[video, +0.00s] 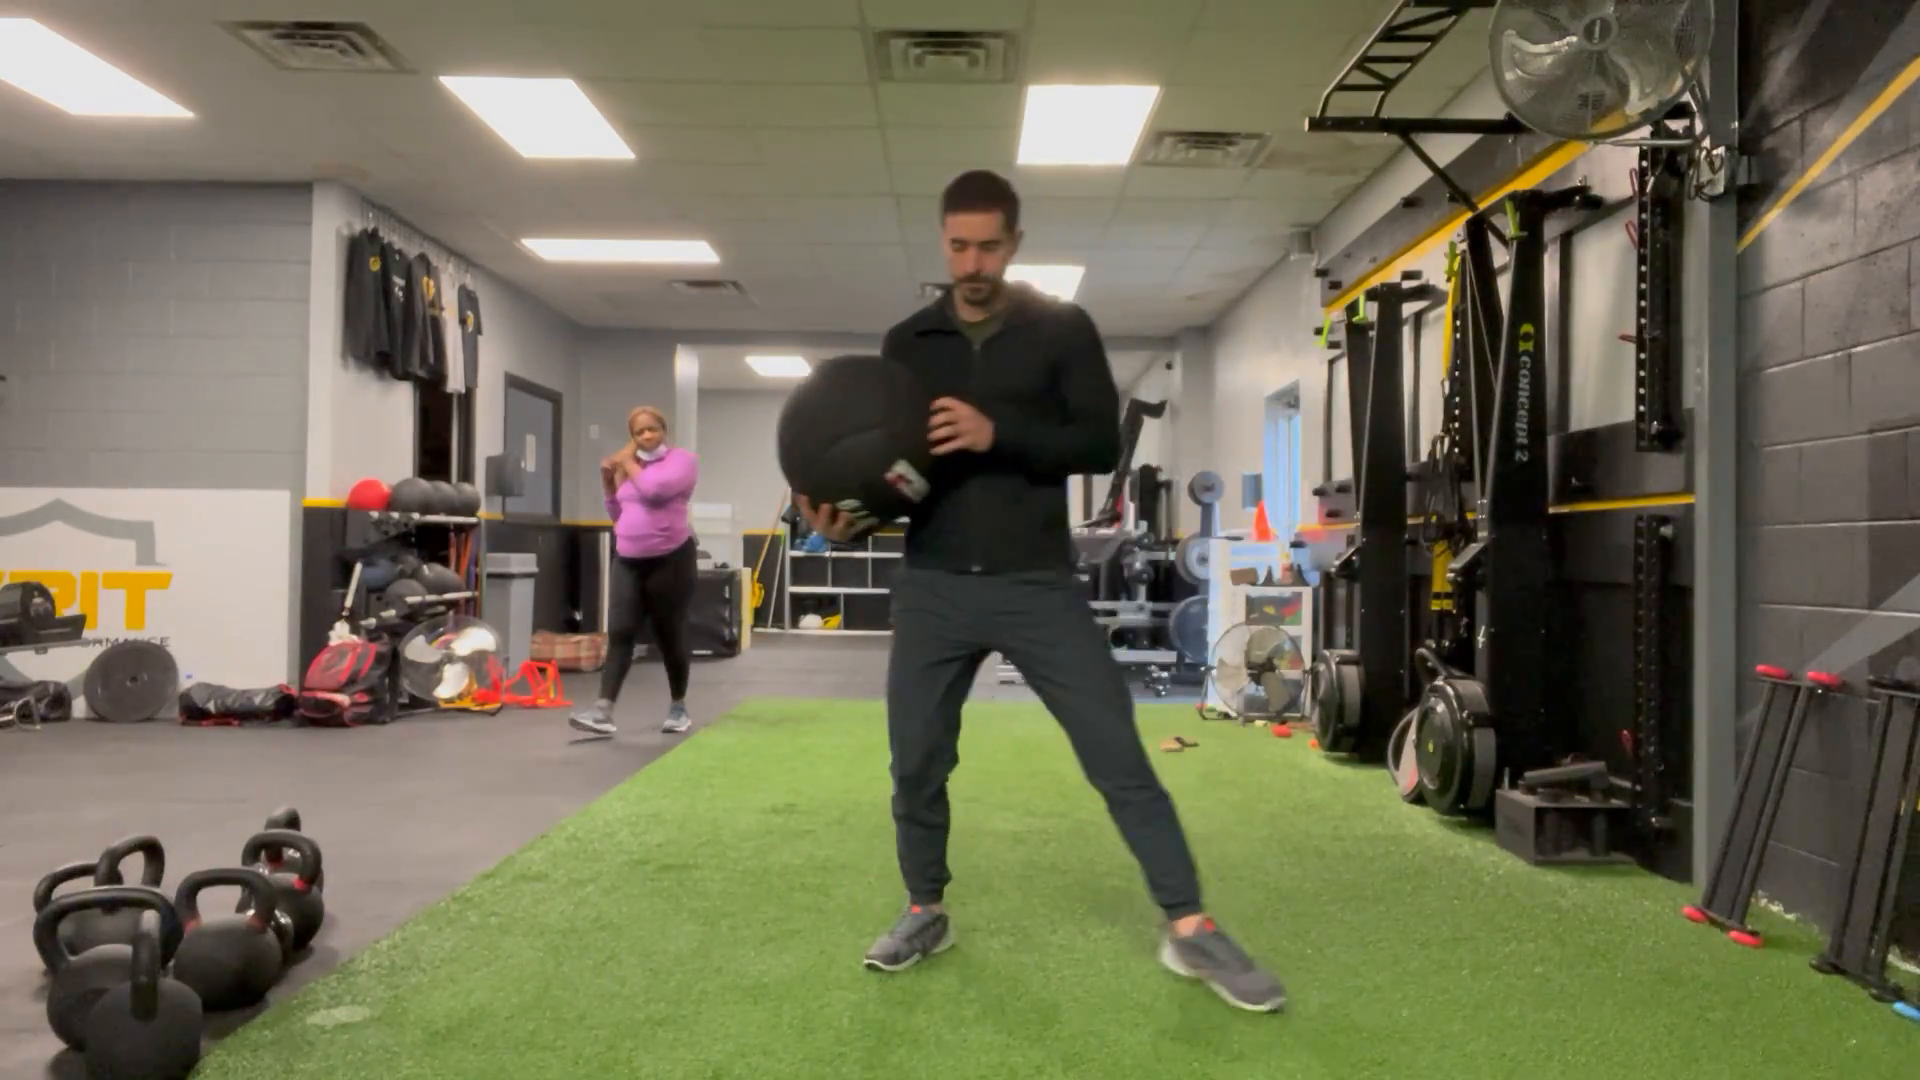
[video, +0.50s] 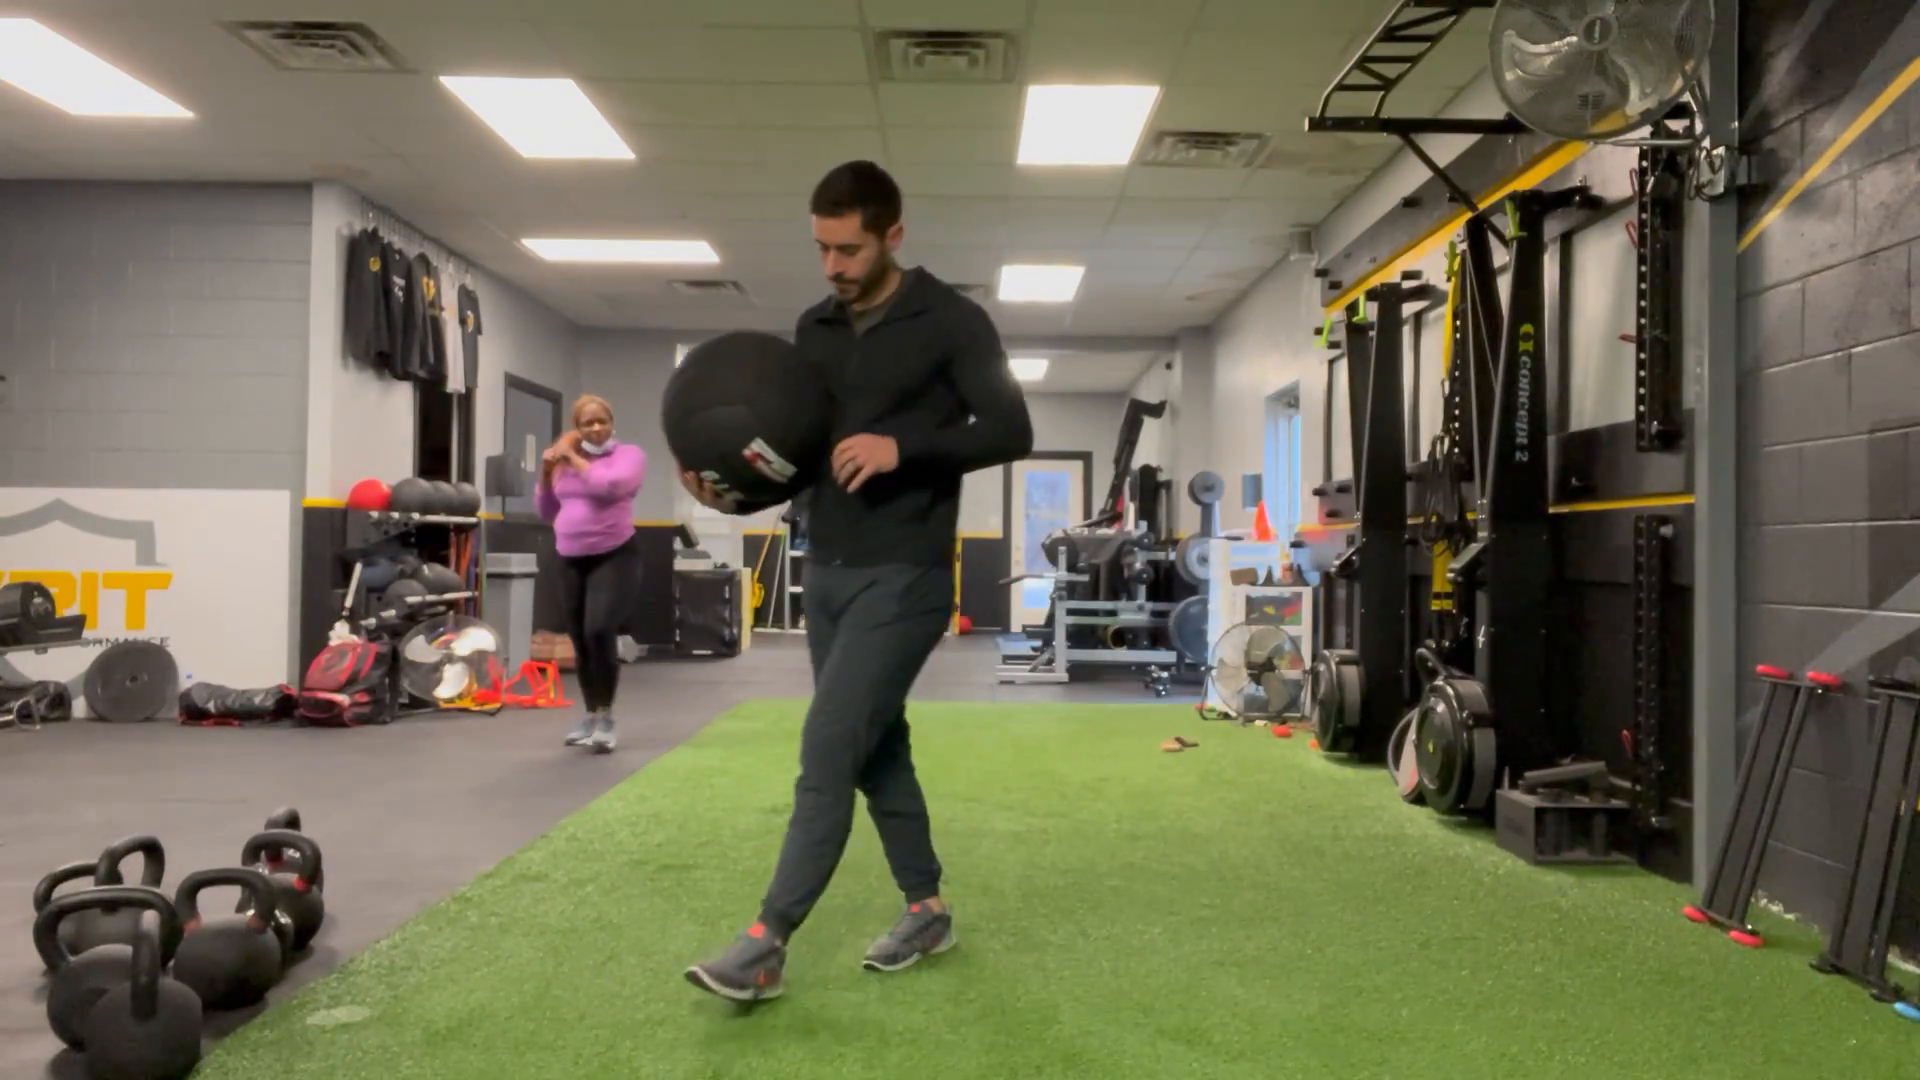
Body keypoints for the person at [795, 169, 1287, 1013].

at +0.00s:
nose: (973, 262)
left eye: (989, 247)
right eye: (960, 246)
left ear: (1015, 246)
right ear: (942, 245)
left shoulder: (1063, 330)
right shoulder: (908, 343)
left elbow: (1102, 446)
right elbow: (880, 459)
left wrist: (996, 433)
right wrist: (835, 506)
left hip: (1039, 588)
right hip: (932, 589)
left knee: (1120, 760)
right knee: (915, 764)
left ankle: (1188, 924)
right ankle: (924, 911)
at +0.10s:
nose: (933, 262)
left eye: (950, 245)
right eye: (922, 244)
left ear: (984, 239)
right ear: (909, 241)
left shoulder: (1038, 327)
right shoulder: (889, 336)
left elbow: (1071, 440)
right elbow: (869, 460)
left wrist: (961, 430)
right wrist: (815, 504)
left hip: (1008, 579)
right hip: (910, 578)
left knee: (1061, 748)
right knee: (909, 757)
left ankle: (1110, 921)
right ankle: (923, 909)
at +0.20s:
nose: (904, 259)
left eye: (920, 243)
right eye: (893, 242)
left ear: (958, 235)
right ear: (882, 235)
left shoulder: (1012, 320)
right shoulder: (869, 331)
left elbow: (1054, 430)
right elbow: (847, 452)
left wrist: (942, 425)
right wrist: (791, 493)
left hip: (984, 568)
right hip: (892, 570)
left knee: (981, 743)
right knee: (904, 752)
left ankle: (1008, 928)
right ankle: (924, 910)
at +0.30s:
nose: (877, 259)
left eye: (893, 243)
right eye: (867, 242)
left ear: (935, 234)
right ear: (860, 235)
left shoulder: (991, 316)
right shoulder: (853, 327)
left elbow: (1041, 426)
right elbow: (828, 443)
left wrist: (929, 428)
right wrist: (770, 486)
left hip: (962, 564)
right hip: (873, 565)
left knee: (910, 733)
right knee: (890, 740)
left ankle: (897, 922)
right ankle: (923, 901)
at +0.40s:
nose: (855, 263)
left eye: (870, 247)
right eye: (845, 245)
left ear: (914, 234)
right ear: (839, 237)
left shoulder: (972, 317)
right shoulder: (837, 328)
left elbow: (1028, 425)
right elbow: (811, 445)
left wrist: (918, 438)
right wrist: (747, 481)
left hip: (936, 570)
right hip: (854, 567)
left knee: (865, 739)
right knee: (889, 740)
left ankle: (801, 930)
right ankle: (927, 905)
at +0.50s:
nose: (832, 266)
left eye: (847, 250)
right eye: (822, 249)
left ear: (893, 235)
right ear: (817, 239)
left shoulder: (952, 319)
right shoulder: (816, 329)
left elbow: (1010, 429)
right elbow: (790, 457)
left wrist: (903, 447)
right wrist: (724, 482)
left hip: (908, 576)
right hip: (829, 572)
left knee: (830, 741)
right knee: (876, 745)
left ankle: (766, 941)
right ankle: (926, 907)